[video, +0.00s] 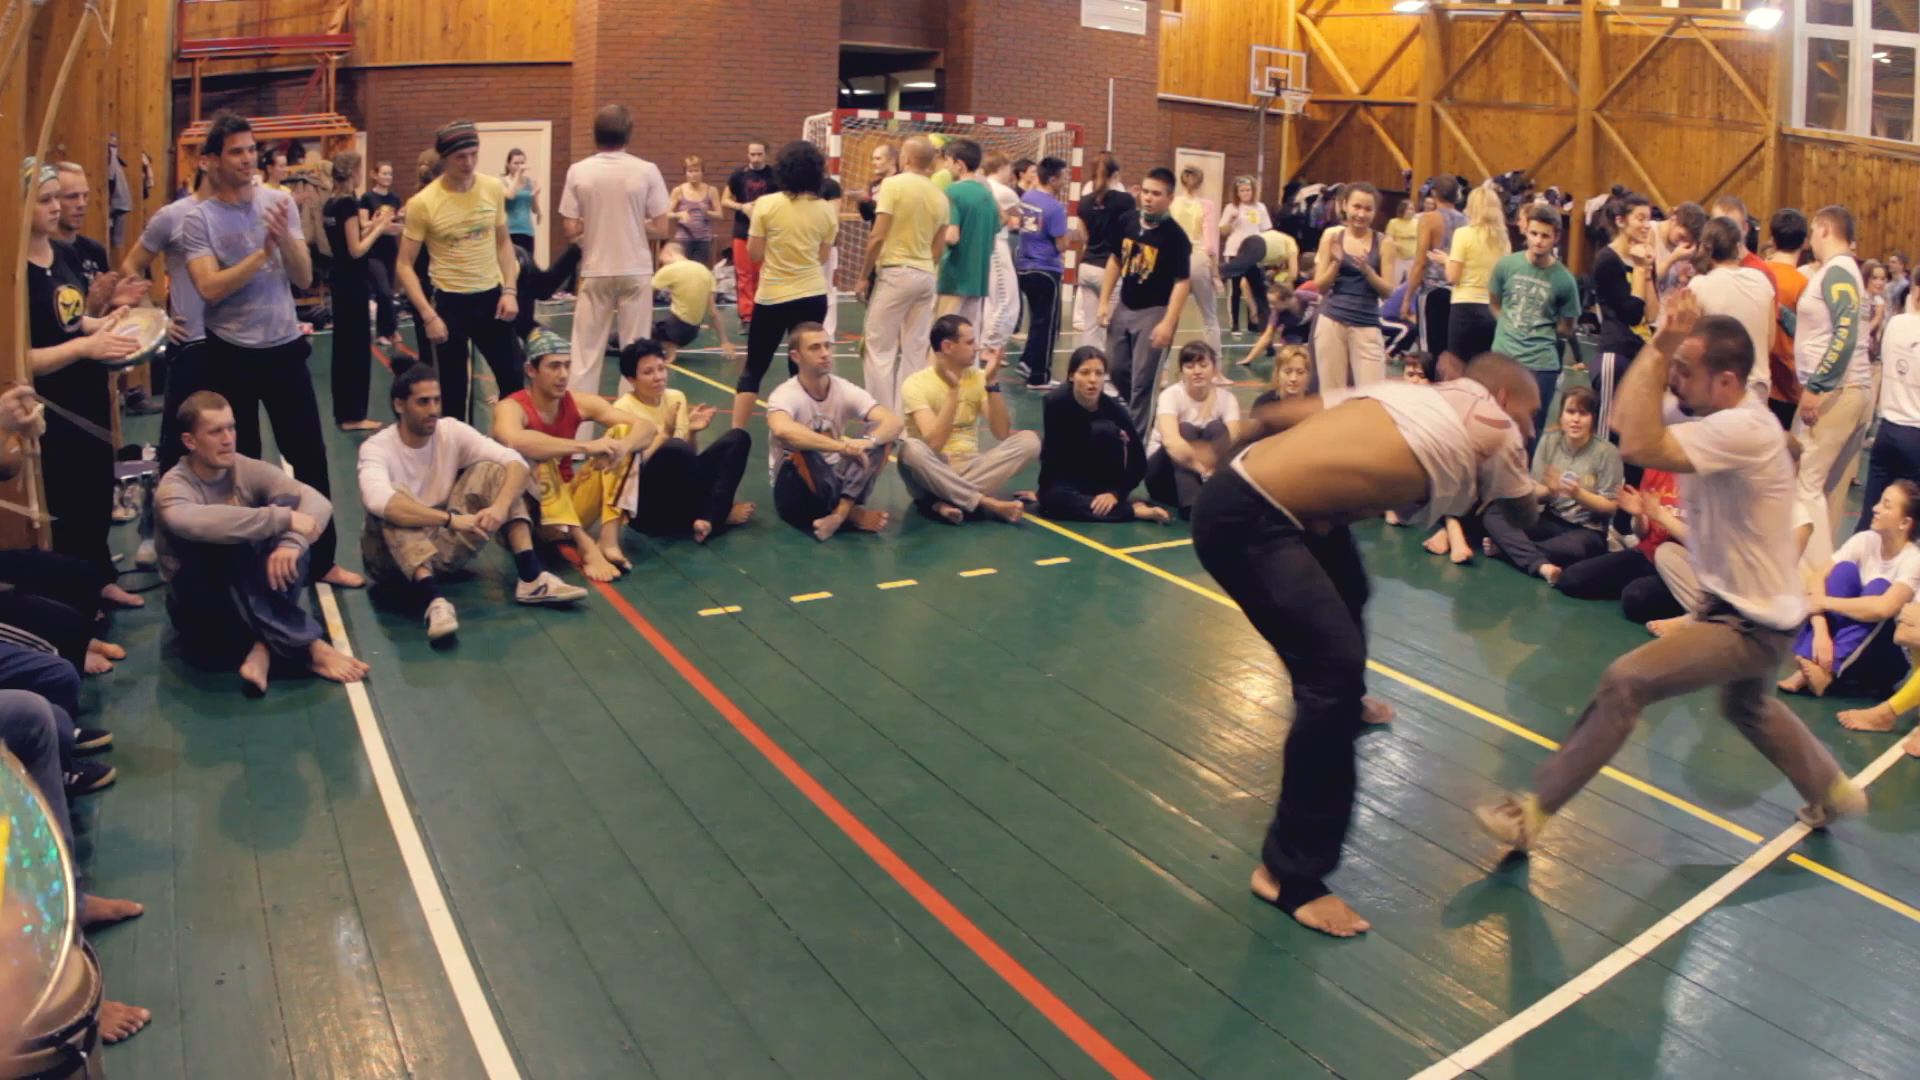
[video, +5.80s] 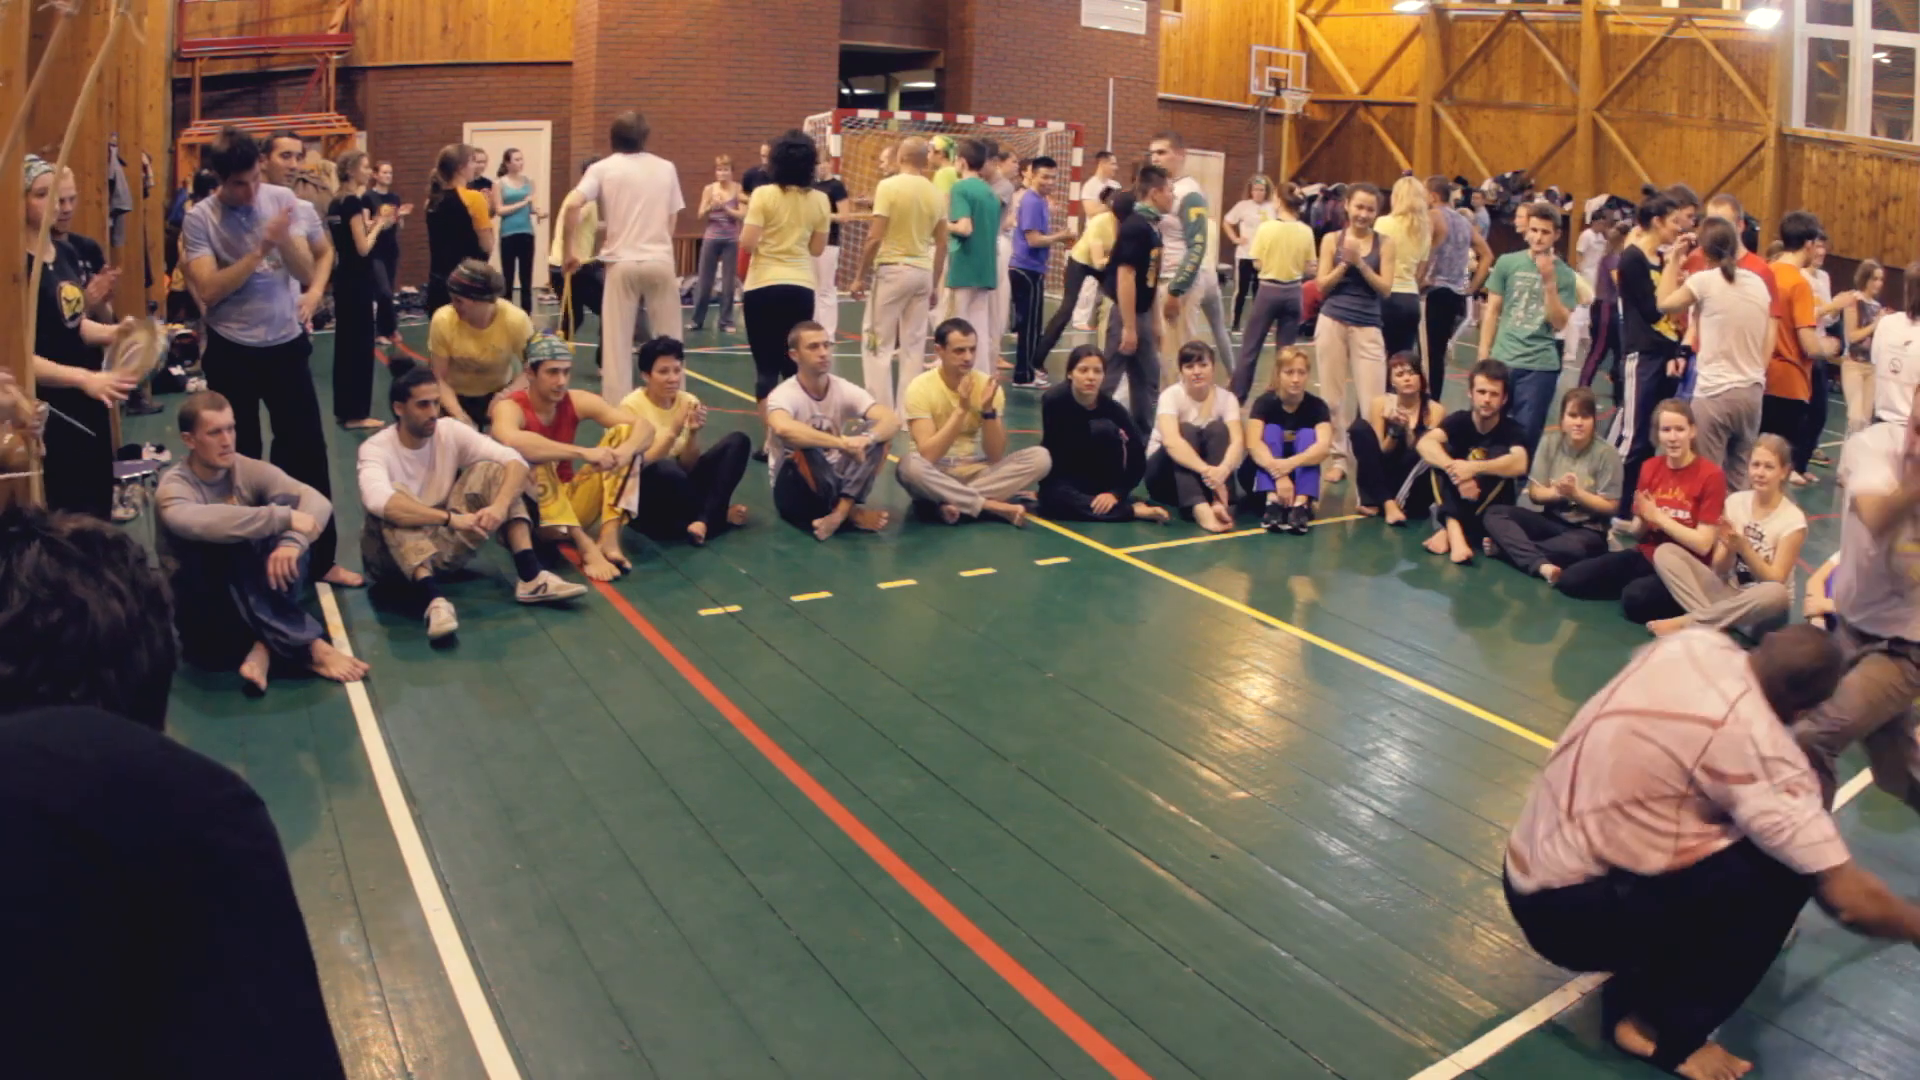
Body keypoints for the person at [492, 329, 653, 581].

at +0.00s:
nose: (563, 375)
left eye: (567, 366)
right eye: (554, 367)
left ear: (572, 367)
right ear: (531, 370)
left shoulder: (583, 403)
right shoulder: (511, 407)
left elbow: (646, 427)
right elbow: (514, 441)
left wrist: (624, 445)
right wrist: (585, 446)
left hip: (570, 507)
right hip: (525, 513)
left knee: (621, 448)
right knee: (541, 464)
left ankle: (609, 538)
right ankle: (587, 546)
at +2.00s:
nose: (558, 375)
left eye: (564, 367)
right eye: (549, 367)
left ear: (570, 370)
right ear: (531, 370)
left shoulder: (580, 404)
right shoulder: (510, 407)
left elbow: (646, 426)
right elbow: (513, 440)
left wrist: (621, 445)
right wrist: (584, 446)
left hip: (571, 506)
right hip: (527, 510)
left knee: (622, 432)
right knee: (542, 465)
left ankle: (609, 537)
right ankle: (586, 545)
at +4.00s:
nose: (563, 382)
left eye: (567, 373)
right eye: (554, 373)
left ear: (572, 372)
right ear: (531, 374)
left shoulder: (578, 402)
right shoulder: (510, 407)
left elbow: (646, 428)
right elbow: (508, 439)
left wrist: (625, 451)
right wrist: (583, 450)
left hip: (572, 504)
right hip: (528, 510)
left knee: (623, 432)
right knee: (542, 466)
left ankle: (609, 536)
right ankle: (587, 546)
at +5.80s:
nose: (561, 381)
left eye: (566, 372)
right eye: (552, 373)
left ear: (571, 371)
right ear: (530, 372)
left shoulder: (578, 401)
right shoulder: (508, 408)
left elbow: (644, 427)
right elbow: (508, 439)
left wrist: (626, 450)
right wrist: (582, 452)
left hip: (570, 507)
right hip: (526, 512)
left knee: (624, 433)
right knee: (539, 465)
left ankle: (609, 537)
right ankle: (586, 546)